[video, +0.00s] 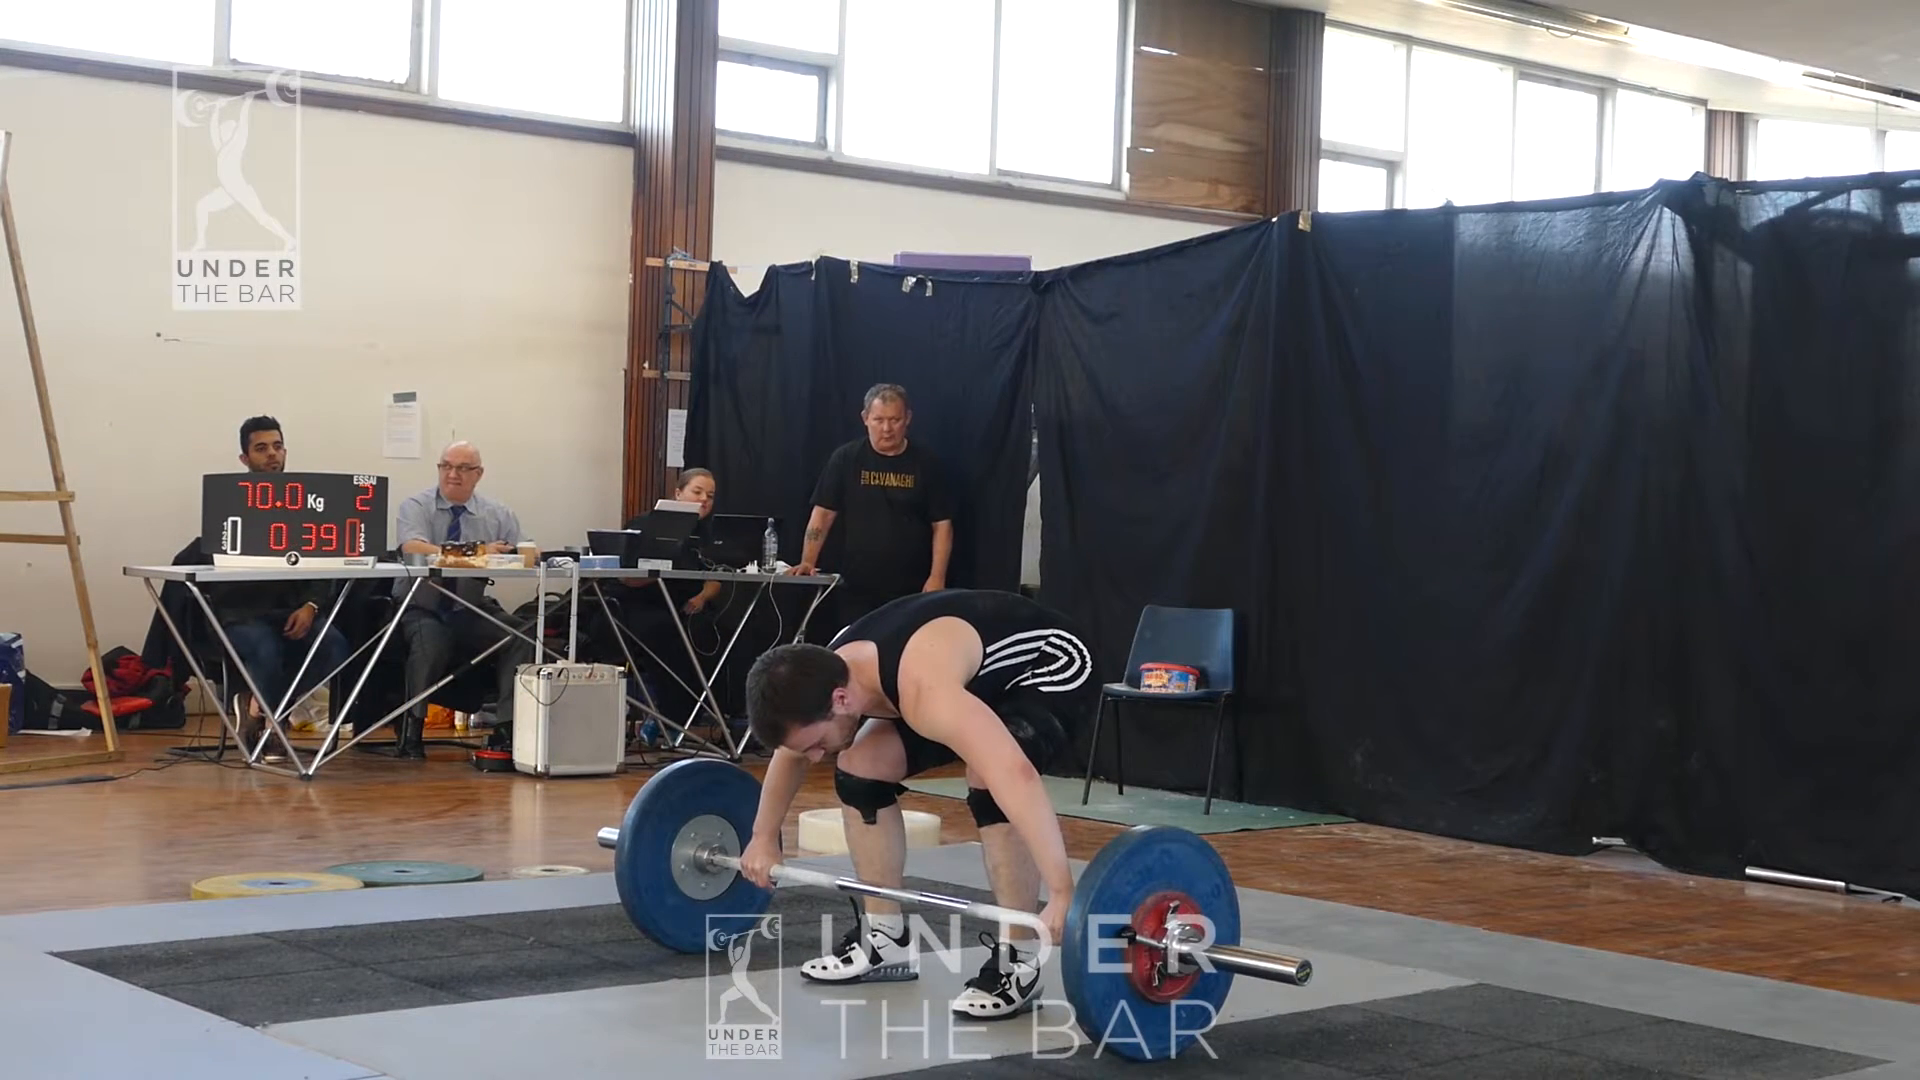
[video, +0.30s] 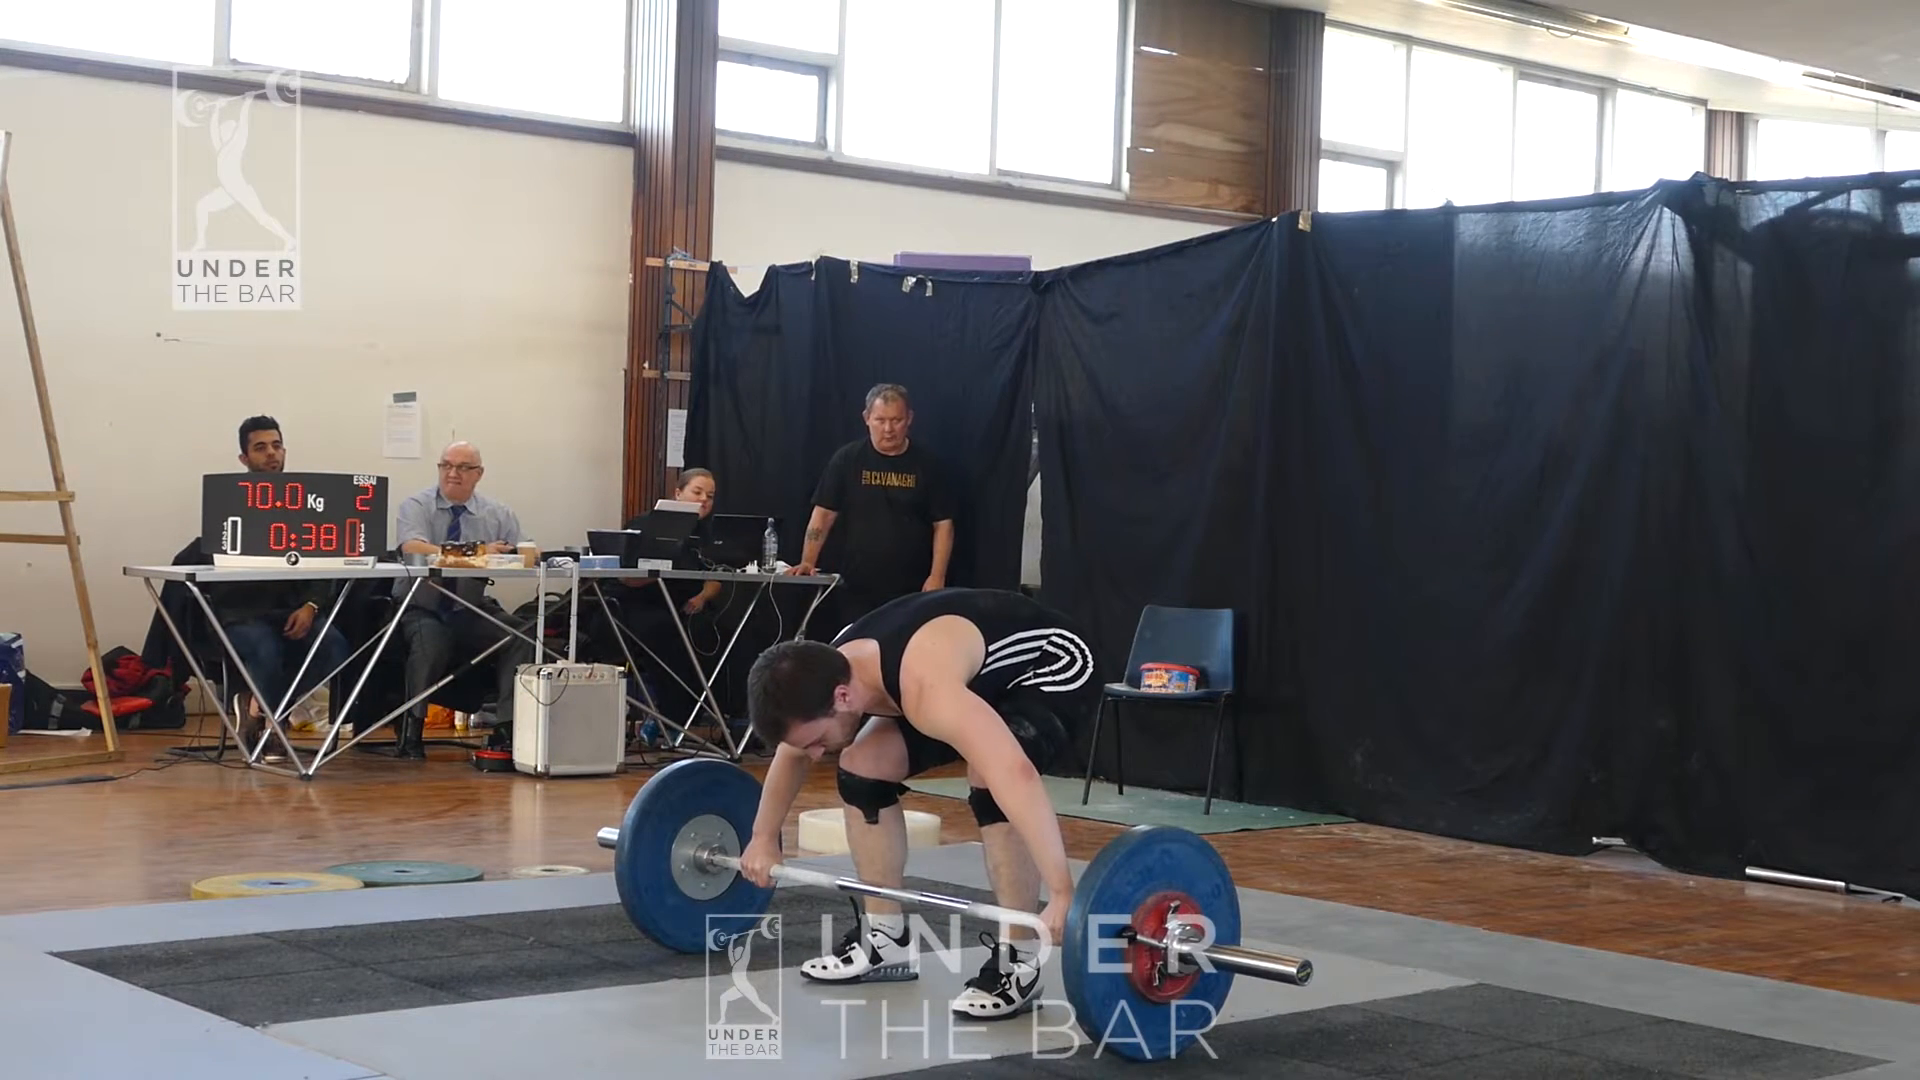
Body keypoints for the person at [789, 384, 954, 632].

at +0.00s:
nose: (886, 428)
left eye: (894, 420)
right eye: (879, 420)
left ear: (907, 419)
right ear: (865, 419)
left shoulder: (927, 464)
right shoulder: (846, 459)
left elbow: (942, 526)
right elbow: (823, 514)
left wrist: (937, 578)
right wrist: (807, 562)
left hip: (908, 588)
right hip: (856, 583)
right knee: (852, 665)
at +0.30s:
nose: (888, 428)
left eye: (896, 420)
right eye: (880, 420)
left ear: (909, 419)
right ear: (867, 418)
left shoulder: (928, 464)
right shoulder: (847, 460)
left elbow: (943, 525)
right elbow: (823, 514)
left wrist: (937, 577)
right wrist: (807, 562)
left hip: (908, 587)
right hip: (856, 582)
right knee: (854, 663)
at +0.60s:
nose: (892, 429)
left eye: (900, 421)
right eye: (884, 420)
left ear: (913, 419)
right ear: (871, 419)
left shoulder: (932, 464)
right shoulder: (851, 461)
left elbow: (948, 525)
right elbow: (824, 513)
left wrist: (939, 576)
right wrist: (808, 558)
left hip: (911, 587)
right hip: (858, 583)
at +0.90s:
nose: (894, 427)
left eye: (902, 419)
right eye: (886, 419)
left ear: (916, 417)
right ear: (873, 418)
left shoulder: (935, 463)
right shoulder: (852, 458)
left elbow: (953, 523)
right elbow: (815, 492)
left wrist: (947, 576)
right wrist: (825, 530)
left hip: (914, 587)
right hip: (860, 585)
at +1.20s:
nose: (894, 426)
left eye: (902, 418)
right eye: (887, 418)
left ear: (916, 417)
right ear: (874, 417)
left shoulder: (935, 462)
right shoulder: (853, 458)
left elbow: (953, 523)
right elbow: (819, 494)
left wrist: (946, 575)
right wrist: (831, 530)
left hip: (916, 588)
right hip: (862, 587)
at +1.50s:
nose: (894, 427)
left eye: (902, 418)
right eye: (886, 418)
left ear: (916, 417)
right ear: (874, 418)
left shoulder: (936, 463)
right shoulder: (855, 458)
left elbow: (954, 522)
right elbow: (819, 493)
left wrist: (946, 575)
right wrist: (836, 545)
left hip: (918, 582)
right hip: (862, 581)